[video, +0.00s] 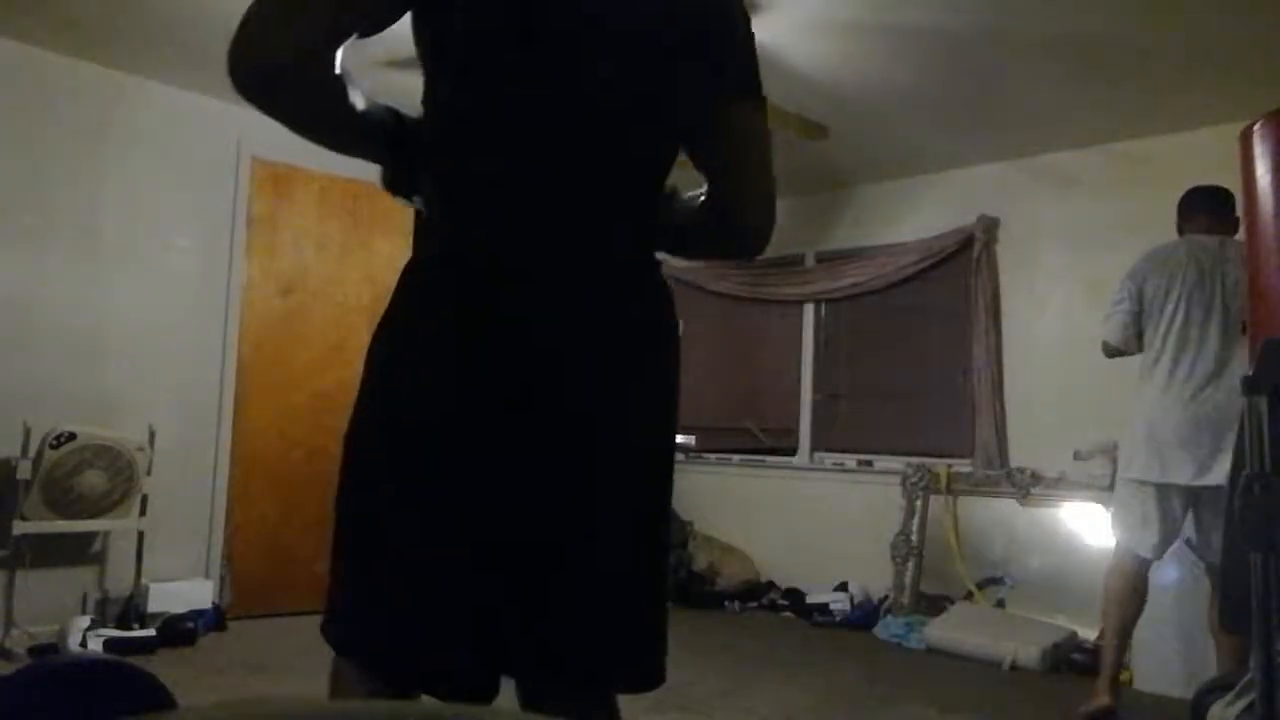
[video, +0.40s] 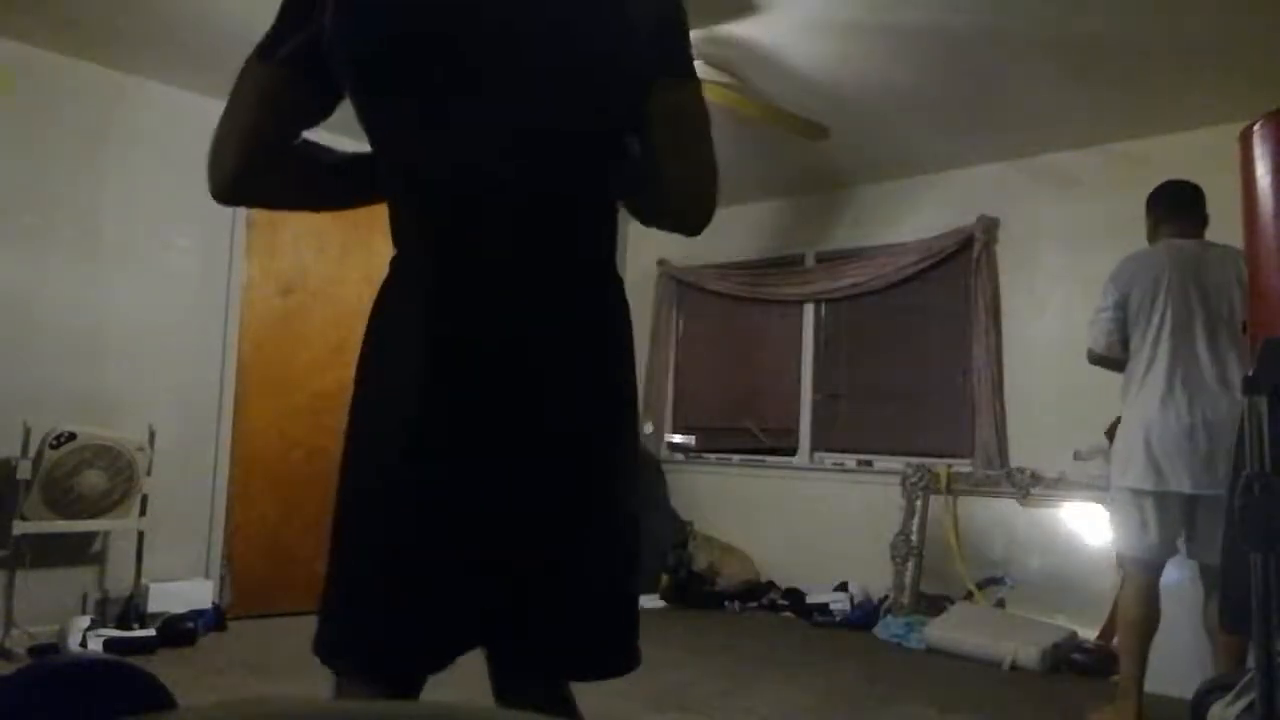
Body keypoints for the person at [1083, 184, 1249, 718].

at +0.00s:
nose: (1222, 234)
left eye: (1194, 225)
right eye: (1228, 225)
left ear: (1179, 223)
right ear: (1234, 224)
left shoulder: (1155, 261)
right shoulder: (1255, 264)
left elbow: (1116, 339)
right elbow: (1268, 336)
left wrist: (1168, 324)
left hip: (1156, 444)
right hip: (1234, 448)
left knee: (1129, 557)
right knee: (1232, 574)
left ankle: (1105, 688)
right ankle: (1232, 696)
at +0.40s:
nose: (1150, 233)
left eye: (1149, 225)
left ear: (1151, 223)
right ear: (1204, 221)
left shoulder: (1132, 268)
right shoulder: (1236, 266)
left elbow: (1103, 347)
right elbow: (1251, 340)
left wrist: (1154, 365)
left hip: (1147, 446)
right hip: (1224, 449)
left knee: (1138, 577)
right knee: (1223, 580)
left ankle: (1127, 702)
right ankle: (1230, 700)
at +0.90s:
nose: (1080, 239)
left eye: (1082, 229)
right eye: (1081, 230)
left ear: (1096, 225)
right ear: (1139, 223)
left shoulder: (1084, 274)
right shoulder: (1194, 272)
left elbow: (1051, 358)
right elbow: (1228, 353)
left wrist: (1091, 381)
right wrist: (1176, 384)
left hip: (1109, 453)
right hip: (1183, 453)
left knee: (1115, 574)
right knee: (1188, 572)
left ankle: (1124, 702)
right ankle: (1222, 681)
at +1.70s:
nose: (1080, 230)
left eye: (1090, 221)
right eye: (1085, 220)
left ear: (1116, 228)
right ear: (1135, 233)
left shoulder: (1113, 269)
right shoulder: (1166, 279)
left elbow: (1115, 346)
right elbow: (1167, 366)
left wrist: (1070, 408)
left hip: (1128, 445)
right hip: (1173, 448)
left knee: (1073, 545)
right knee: (1145, 558)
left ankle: (1115, 681)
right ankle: (1164, 690)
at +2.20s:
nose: (1046, 222)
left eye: (1058, 214)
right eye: (1053, 213)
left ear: (1085, 227)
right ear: (1091, 230)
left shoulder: (1086, 272)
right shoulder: (1106, 273)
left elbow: (1091, 357)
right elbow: (1100, 362)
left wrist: (1046, 429)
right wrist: (1063, 428)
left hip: (1091, 454)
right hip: (1118, 455)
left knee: (1061, 559)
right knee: (1113, 565)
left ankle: (1089, 692)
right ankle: (1158, 687)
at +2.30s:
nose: (1030, 221)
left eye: (1042, 214)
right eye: (1036, 212)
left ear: (1071, 227)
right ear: (1074, 229)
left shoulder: (1074, 271)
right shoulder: (1081, 271)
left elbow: (1078, 358)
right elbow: (1077, 360)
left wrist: (1033, 426)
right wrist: (1036, 423)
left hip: (1081, 451)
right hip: (1090, 450)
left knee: (1059, 565)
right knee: (1072, 563)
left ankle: (1088, 692)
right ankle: (1133, 663)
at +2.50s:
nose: (1007, 221)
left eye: (1018, 212)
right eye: (1011, 213)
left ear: (1048, 225)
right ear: (1049, 227)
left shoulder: (1056, 269)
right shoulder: (1039, 272)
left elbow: (1067, 350)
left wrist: (1014, 411)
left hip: (1055, 448)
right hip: (1033, 445)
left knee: (1049, 559)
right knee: (1009, 547)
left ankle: (1084, 691)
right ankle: (1058, 656)